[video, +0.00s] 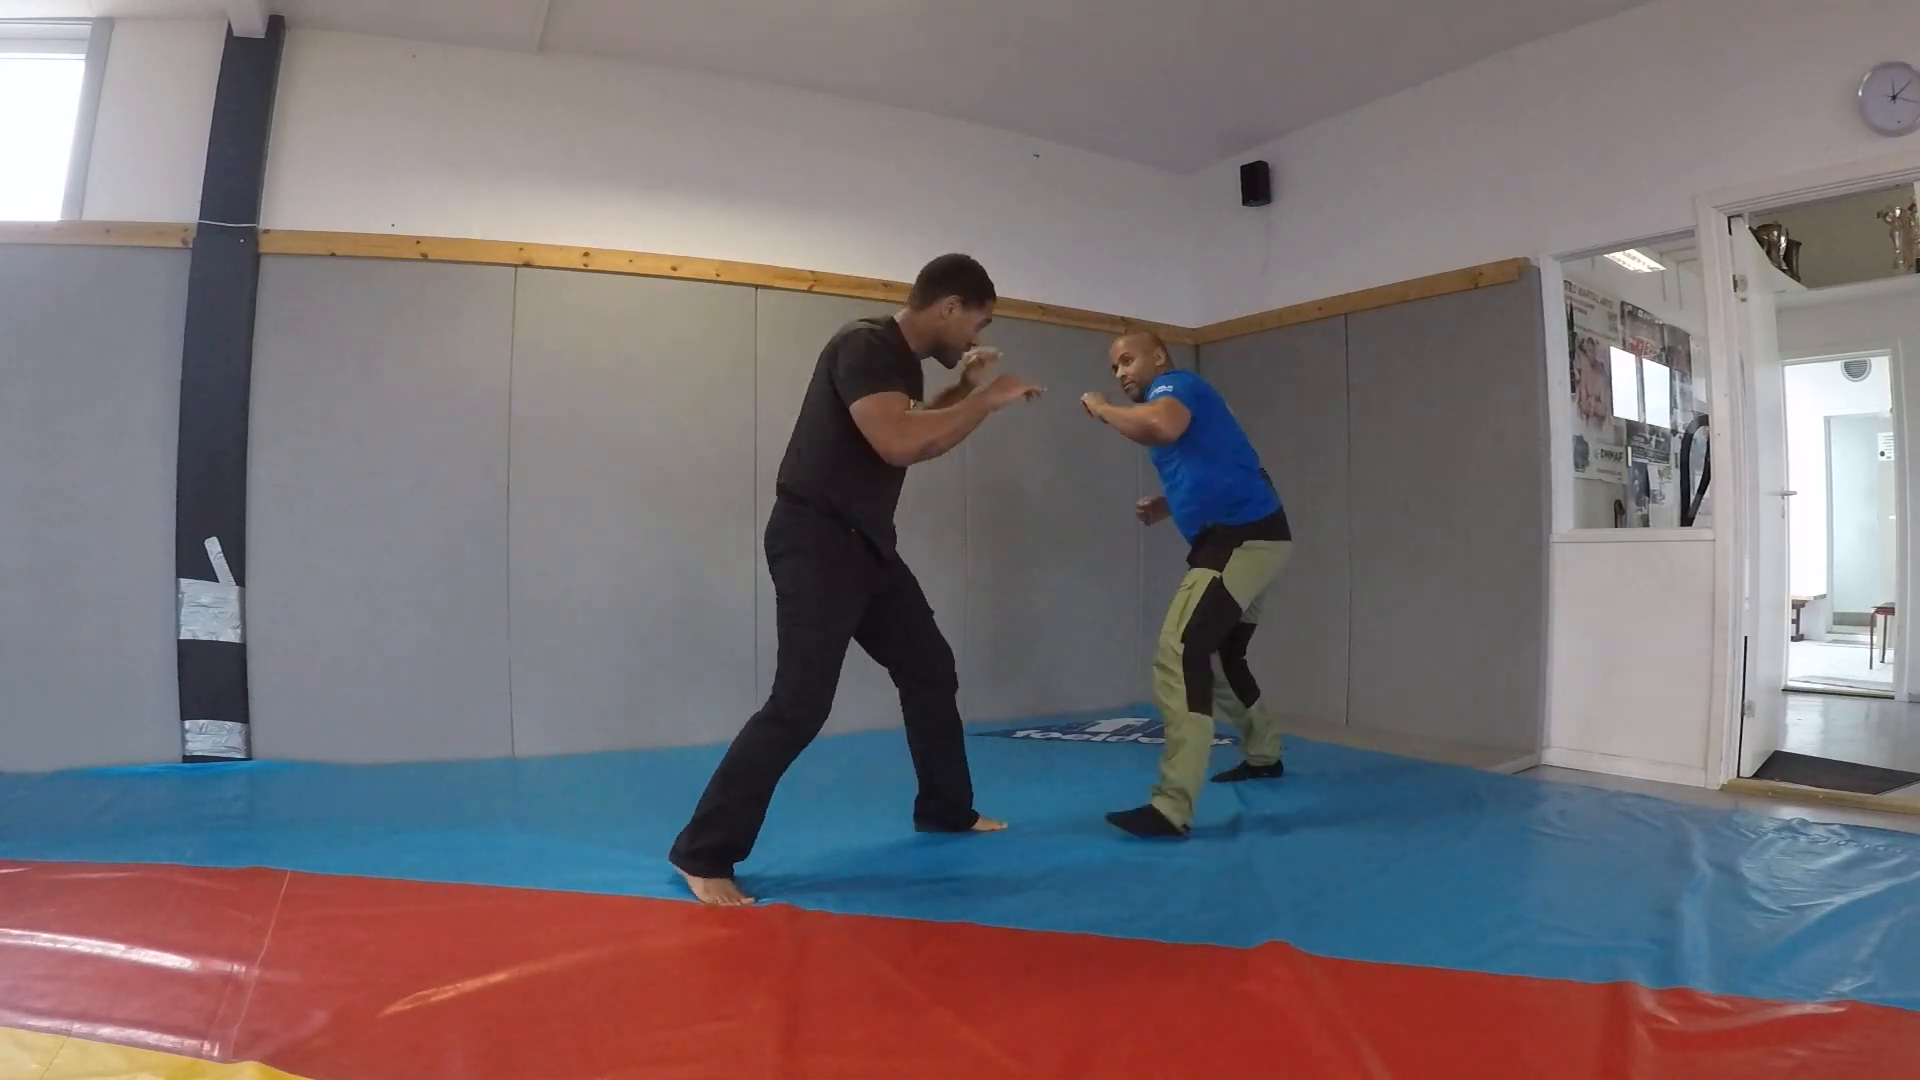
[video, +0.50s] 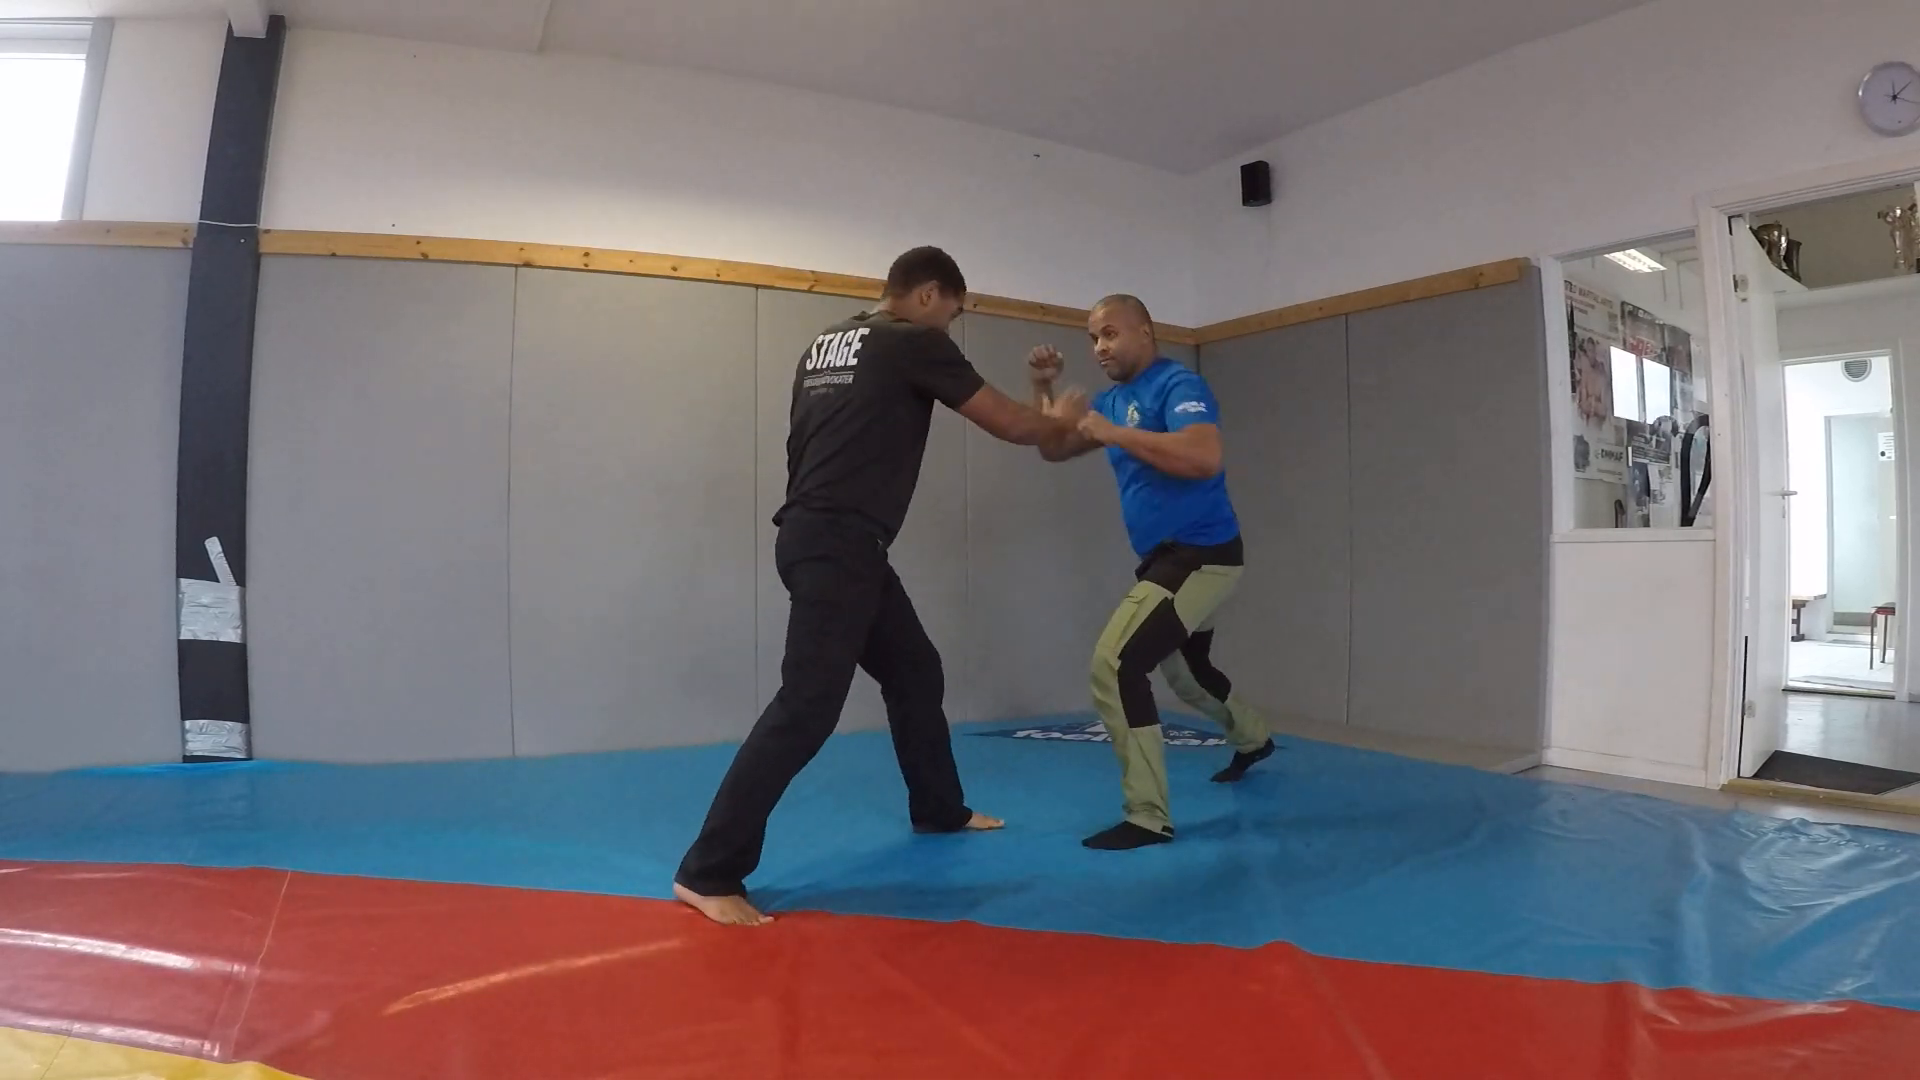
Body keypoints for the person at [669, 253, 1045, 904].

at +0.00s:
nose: (972, 337)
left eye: (977, 328)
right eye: (974, 324)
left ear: (940, 308)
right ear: (949, 307)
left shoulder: (903, 362)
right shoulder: (866, 346)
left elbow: (912, 437)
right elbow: (898, 442)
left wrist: (961, 390)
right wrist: (986, 400)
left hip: (866, 547)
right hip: (816, 539)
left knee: (929, 668)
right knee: (799, 705)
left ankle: (945, 810)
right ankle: (703, 855)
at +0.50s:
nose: (950, 324)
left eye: (954, 315)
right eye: (950, 312)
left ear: (896, 293)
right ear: (926, 294)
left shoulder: (827, 346)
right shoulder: (915, 343)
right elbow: (1013, 423)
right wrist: (1062, 420)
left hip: (816, 538)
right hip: (841, 544)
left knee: (914, 669)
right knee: (805, 712)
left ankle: (939, 811)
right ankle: (708, 874)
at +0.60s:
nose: (946, 319)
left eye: (950, 308)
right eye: (944, 304)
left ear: (892, 290)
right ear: (911, 288)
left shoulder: (827, 342)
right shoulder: (904, 340)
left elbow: (817, 445)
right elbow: (976, 447)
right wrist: (1025, 463)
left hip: (829, 539)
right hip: (843, 542)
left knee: (922, 668)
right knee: (801, 709)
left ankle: (930, 812)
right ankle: (711, 873)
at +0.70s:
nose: (941, 323)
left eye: (947, 313)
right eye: (939, 306)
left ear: (897, 289)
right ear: (903, 284)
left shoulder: (865, 339)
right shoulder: (873, 340)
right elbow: (916, 463)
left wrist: (955, 344)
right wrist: (976, 477)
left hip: (859, 543)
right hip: (830, 537)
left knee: (929, 668)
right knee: (807, 703)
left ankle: (931, 813)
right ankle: (714, 870)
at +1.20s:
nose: (882, 335)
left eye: (886, 325)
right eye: (883, 321)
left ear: (832, 302)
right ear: (859, 305)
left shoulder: (786, 347)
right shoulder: (819, 352)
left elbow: (813, 418)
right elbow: (881, 444)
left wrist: (859, 375)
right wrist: (917, 392)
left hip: (773, 541)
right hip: (762, 543)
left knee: (855, 651)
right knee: (755, 706)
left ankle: (851, 797)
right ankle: (657, 860)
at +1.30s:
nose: (864, 333)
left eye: (864, 327)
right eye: (864, 324)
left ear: (812, 314)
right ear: (850, 312)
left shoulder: (761, 359)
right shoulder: (834, 345)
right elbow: (917, 376)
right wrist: (923, 341)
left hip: (747, 535)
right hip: (780, 539)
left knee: (832, 665)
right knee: (765, 700)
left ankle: (818, 799)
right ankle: (657, 853)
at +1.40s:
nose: (856, 339)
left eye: (856, 332)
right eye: (855, 332)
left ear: (799, 326)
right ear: (841, 326)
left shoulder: (751, 374)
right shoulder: (842, 350)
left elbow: (746, 461)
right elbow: (959, 330)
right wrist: (953, 325)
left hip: (738, 538)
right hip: (786, 535)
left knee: (829, 663)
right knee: (765, 693)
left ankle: (820, 802)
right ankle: (656, 848)